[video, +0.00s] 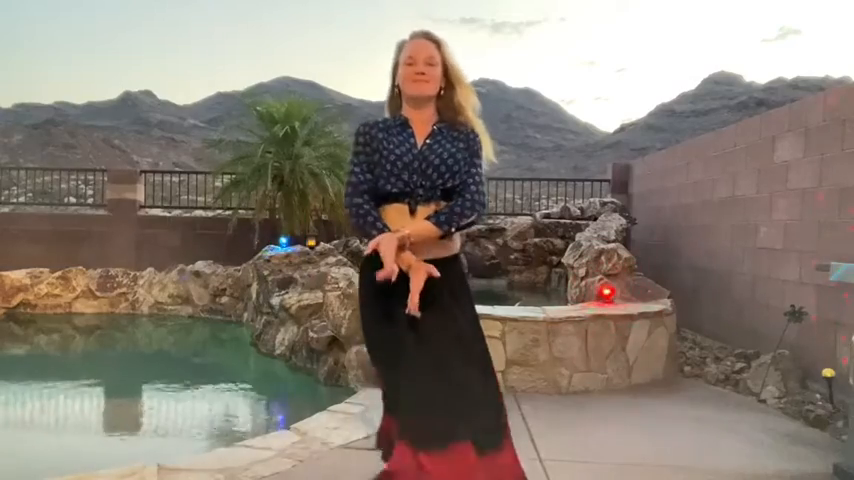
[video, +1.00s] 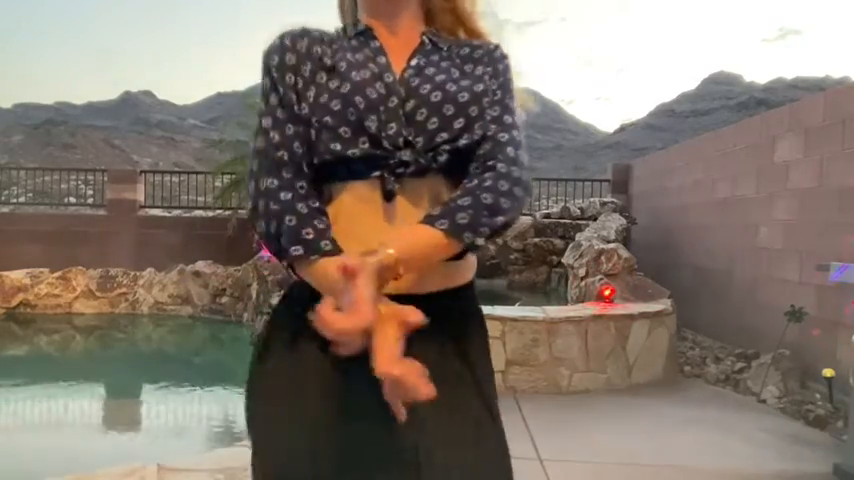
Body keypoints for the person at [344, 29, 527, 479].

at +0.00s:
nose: (420, 70)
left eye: (430, 63)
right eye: (411, 62)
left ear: (444, 76)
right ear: (396, 73)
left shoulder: (463, 136)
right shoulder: (372, 133)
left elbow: (471, 203)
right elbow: (357, 201)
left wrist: (404, 235)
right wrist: (402, 256)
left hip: (444, 273)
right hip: (386, 277)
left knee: (465, 384)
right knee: (406, 389)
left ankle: (470, 470)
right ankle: (413, 471)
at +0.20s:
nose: (413, 48)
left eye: (425, 41)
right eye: (403, 40)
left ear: (441, 56)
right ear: (387, 52)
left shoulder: (464, 121)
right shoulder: (359, 118)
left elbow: (473, 190)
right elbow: (342, 193)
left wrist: (387, 232)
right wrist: (403, 257)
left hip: (443, 275)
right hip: (375, 275)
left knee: (472, 403)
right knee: (383, 409)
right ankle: (390, 469)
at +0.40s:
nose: (404, 22)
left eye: (418, 13)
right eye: (392, 13)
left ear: (438, 33)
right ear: (375, 30)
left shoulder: (461, 102)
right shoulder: (342, 105)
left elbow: (467, 181)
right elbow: (322, 188)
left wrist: (366, 225)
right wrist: (380, 248)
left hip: (439, 277)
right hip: (361, 280)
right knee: (359, 429)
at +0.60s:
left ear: (433, 11)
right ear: (361, 8)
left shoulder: (457, 89)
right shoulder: (322, 95)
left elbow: (452, 187)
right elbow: (307, 196)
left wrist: (345, 235)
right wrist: (353, 256)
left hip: (426, 297)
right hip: (338, 304)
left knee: (443, 459)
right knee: (346, 461)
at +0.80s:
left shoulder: (465, 76)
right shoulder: (306, 77)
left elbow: (458, 188)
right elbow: (290, 190)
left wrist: (341, 256)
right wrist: (338, 281)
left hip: (421, 311)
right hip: (320, 310)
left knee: (443, 468)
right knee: (330, 469)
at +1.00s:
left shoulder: (481, 62)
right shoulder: (298, 54)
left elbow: (502, 185)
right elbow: (277, 186)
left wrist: (383, 266)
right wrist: (358, 299)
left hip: (442, 334)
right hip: (317, 331)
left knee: (465, 469)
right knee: (299, 468)